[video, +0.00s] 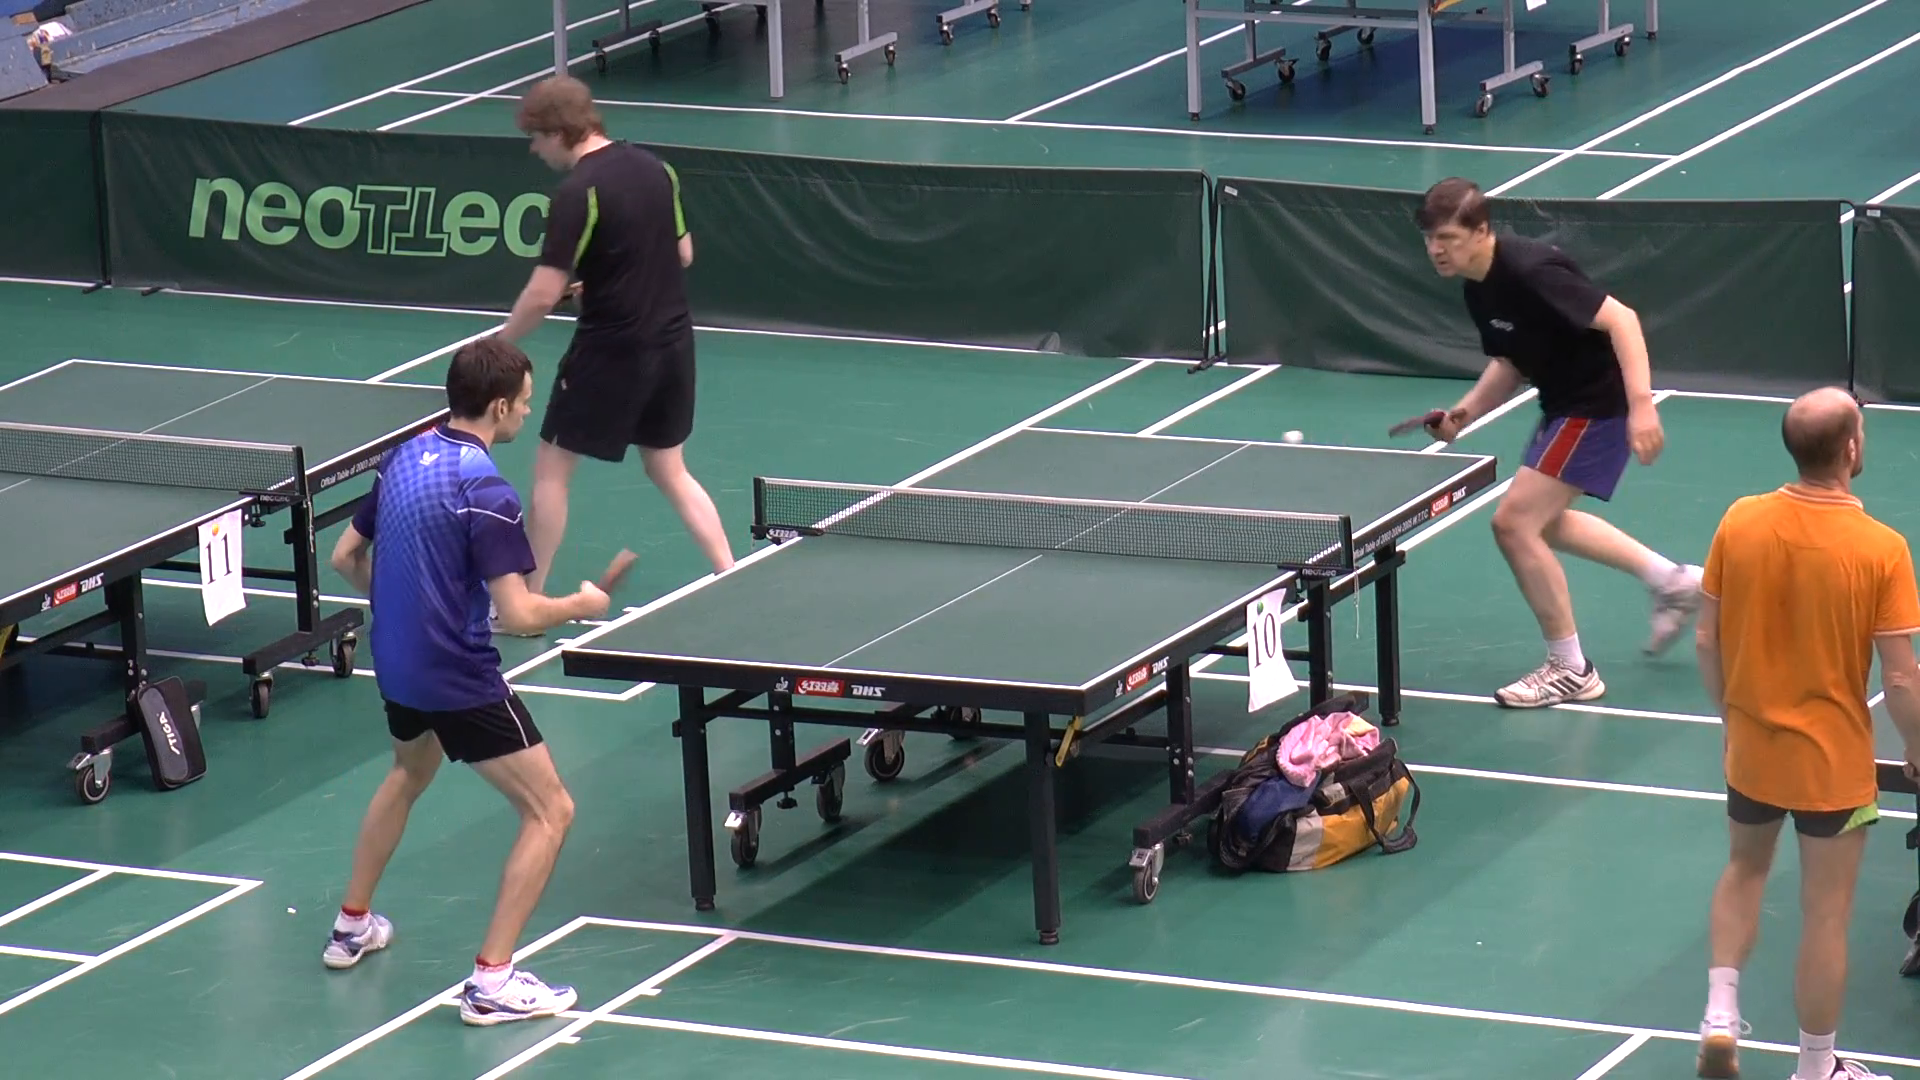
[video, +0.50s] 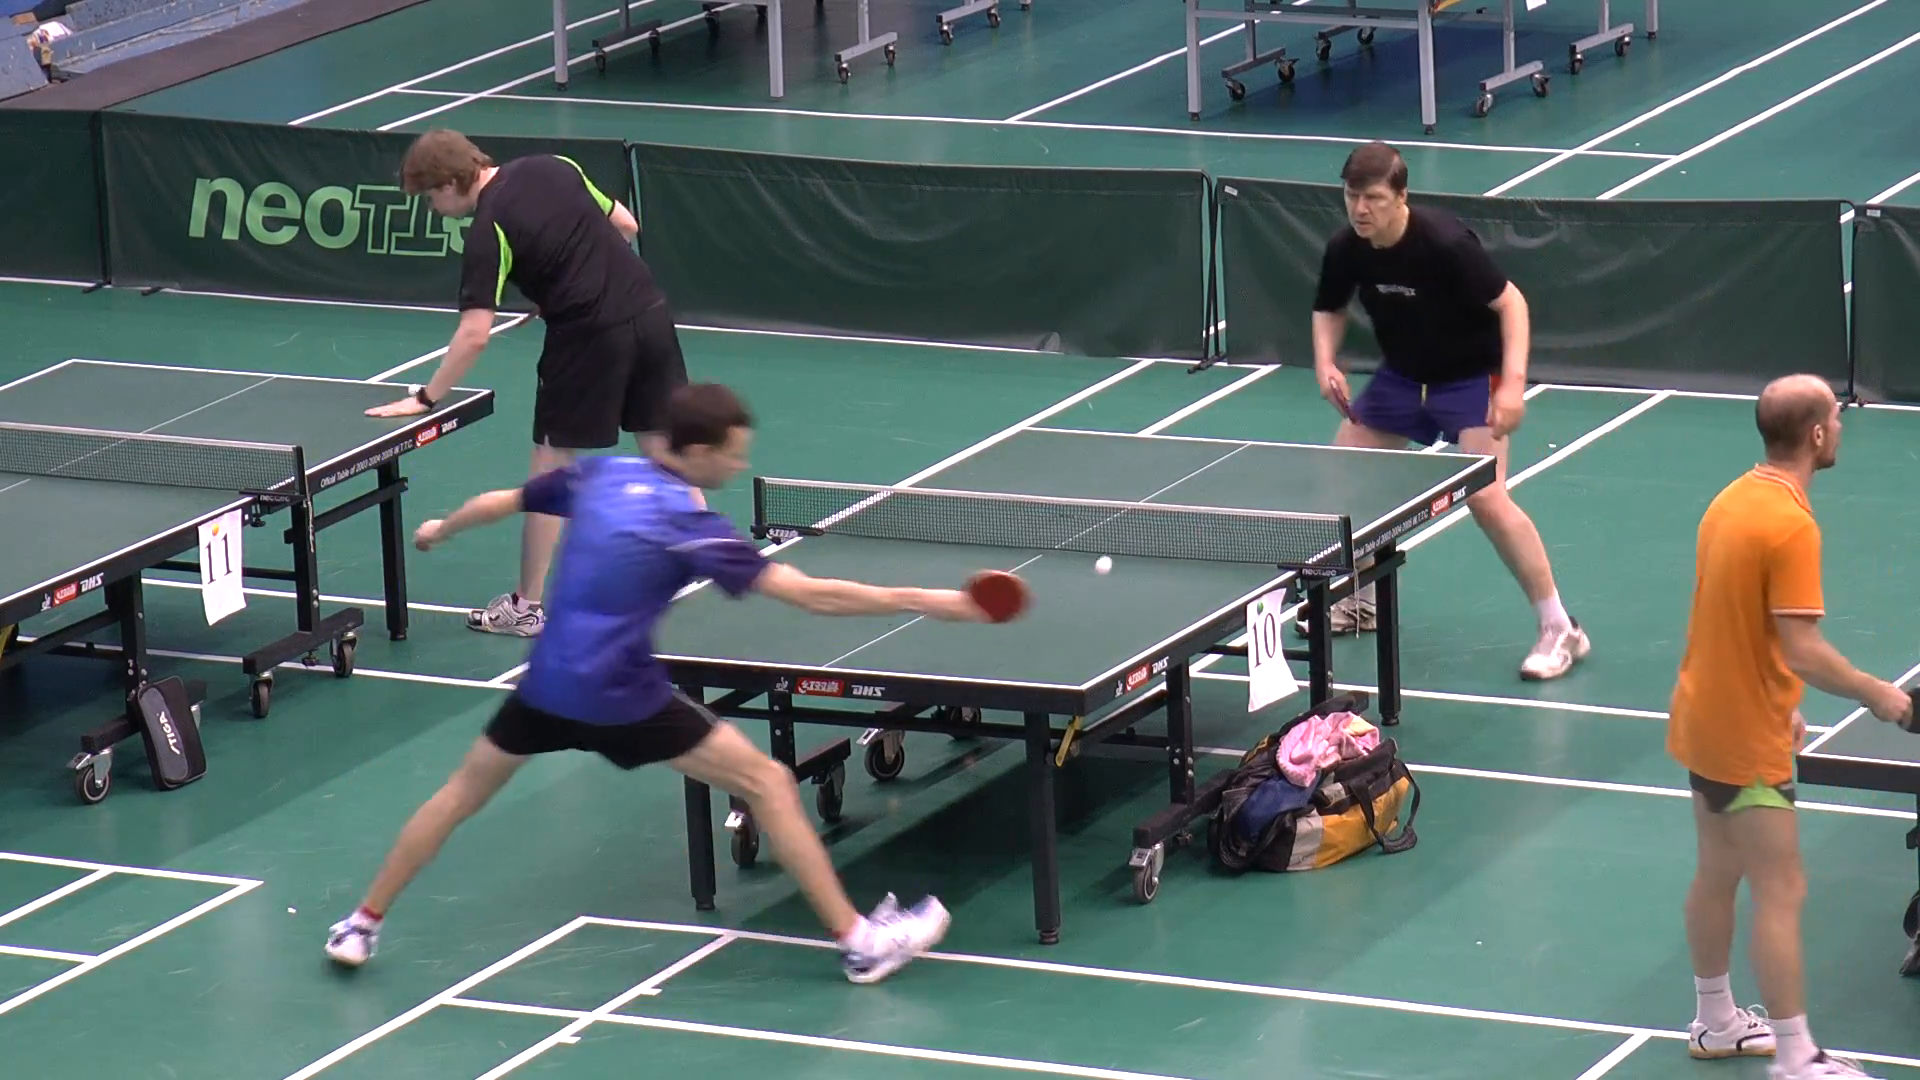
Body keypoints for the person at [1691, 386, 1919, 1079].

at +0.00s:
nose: (1863, 433)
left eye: (1857, 424)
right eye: (1861, 426)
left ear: (1790, 450)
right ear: (1852, 449)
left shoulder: (1741, 521)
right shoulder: (1882, 546)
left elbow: (1708, 639)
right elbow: (1901, 681)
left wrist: (1729, 713)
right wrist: (1916, 756)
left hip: (1749, 747)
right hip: (1834, 758)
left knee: (1744, 866)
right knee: (1826, 915)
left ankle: (1721, 1009)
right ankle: (1817, 1066)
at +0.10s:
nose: (1862, 435)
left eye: (1857, 425)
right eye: (1859, 427)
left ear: (1789, 447)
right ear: (1849, 445)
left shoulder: (1740, 516)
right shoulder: (1874, 543)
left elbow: (1701, 631)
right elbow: (1897, 678)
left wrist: (1734, 699)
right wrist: (1917, 744)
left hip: (1749, 740)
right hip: (1827, 754)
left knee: (1752, 856)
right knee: (1825, 912)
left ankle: (1704, 1011)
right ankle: (1817, 1066)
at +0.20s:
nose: (1857, 426)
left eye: (1853, 417)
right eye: (1854, 419)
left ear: (1785, 443)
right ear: (1842, 442)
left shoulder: (1737, 511)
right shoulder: (1858, 538)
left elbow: (1703, 624)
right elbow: (1882, 673)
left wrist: (1735, 690)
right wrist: (1916, 727)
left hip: (1744, 738)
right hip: (1816, 750)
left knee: (1753, 860)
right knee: (1823, 907)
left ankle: (1707, 1008)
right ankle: (1818, 1066)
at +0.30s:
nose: (1850, 430)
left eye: (1847, 418)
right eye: (1847, 421)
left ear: (1777, 440)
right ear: (1834, 439)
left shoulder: (1732, 510)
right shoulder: (1838, 536)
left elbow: (1712, 629)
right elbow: (1860, 666)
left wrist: (1749, 683)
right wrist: (1909, 714)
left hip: (1733, 739)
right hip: (1800, 749)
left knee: (1743, 867)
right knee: (1824, 901)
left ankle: (1720, 1015)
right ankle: (1818, 1065)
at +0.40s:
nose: (1841, 429)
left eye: (1838, 417)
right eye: (1838, 420)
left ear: (1772, 436)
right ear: (1822, 436)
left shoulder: (1733, 504)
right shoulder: (1811, 529)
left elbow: (1725, 619)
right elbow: (1831, 657)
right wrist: (1897, 700)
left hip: (1718, 727)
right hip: (1775, 739)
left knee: (1731, 871)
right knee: (1810, 893)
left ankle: (1717, 1020)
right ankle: (1817, 1062)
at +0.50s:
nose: (1839, 428)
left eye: (1837, 416)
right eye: (1836, 418)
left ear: (1770, 433)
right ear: (1818, 434)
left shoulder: (1731, 499)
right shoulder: (1790, 521)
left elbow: (1721, 627)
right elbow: (1800, 647)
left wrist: (1776, 706)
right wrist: (1877, 691)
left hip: (1702, 721)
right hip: (1746, 734)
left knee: (1716, 872)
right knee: (1780, 890)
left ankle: (1714, 1020)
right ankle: (1797, 1054)